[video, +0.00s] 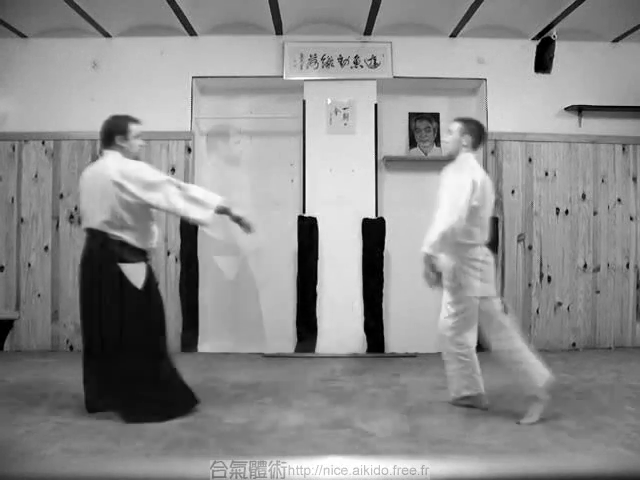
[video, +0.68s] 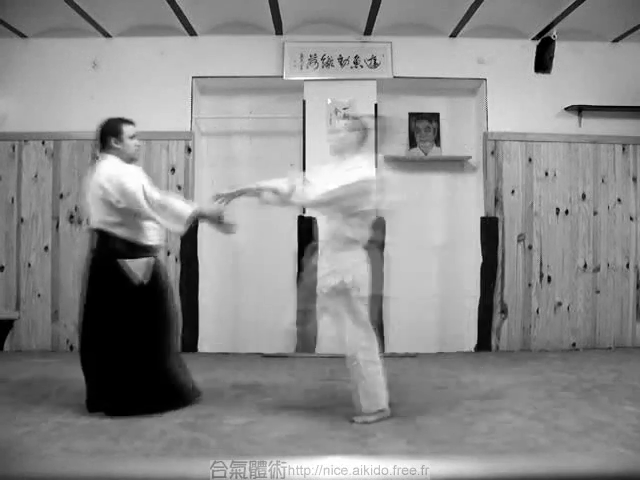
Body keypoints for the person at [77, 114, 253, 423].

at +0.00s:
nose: (142, 144)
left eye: (141, 137)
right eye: (137, 138)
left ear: (111, 141)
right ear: (118, 141)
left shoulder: (90, 171)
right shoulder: (127, 169)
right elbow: (173, 190)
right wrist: (224, 209)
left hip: (94, 255)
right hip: (124, 258)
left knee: (101, 326)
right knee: (143, 325)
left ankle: (100, 396)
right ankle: (157, 396)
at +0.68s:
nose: (138, 143)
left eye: (137, 137)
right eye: (132, 138)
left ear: (113, 143)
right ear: (114, 143)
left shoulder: (104, 170)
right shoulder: (121, 173)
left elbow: (151, 201)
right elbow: (157, 203)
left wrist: (194, 212)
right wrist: (200, 212)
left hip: (109, 253)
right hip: (132, 255)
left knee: (111, 324)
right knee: (149, 323)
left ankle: (110, 393)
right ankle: (150, 392)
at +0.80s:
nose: (146, 143)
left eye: (145, 138)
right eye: (140, 138)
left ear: (123, 143)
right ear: (123, 142)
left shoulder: (120, 169)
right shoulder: (124, 171)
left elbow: (152, 215)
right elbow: (151, 198)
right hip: (134, 255)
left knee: (122, 324)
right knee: (144, 325)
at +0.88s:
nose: (156, 143)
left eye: (156, 138)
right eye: (150, 138)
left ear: (143, 142)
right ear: (132, 143)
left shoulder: (153, 169)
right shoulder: (126, 171)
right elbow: (152, 182)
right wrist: (185, 157)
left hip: (163, 249)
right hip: (138, 250)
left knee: (162, 321)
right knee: (134, 322)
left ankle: (160, 389)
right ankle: (131, 390)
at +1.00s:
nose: (172, 144)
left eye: (172, 139)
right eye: (166, 139)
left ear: (147, 145)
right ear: (147, 144)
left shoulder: (141, 169)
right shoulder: (154, 169)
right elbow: (209, 146)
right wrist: (255, 128)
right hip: (165, 256)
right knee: (175, 325)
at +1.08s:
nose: (186, 147)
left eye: (189, 141)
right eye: (179, 141)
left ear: (192, 144)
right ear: (164, 145)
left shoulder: (193, 171)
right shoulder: (159, 172)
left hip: (191, 253)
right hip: (164, 253)